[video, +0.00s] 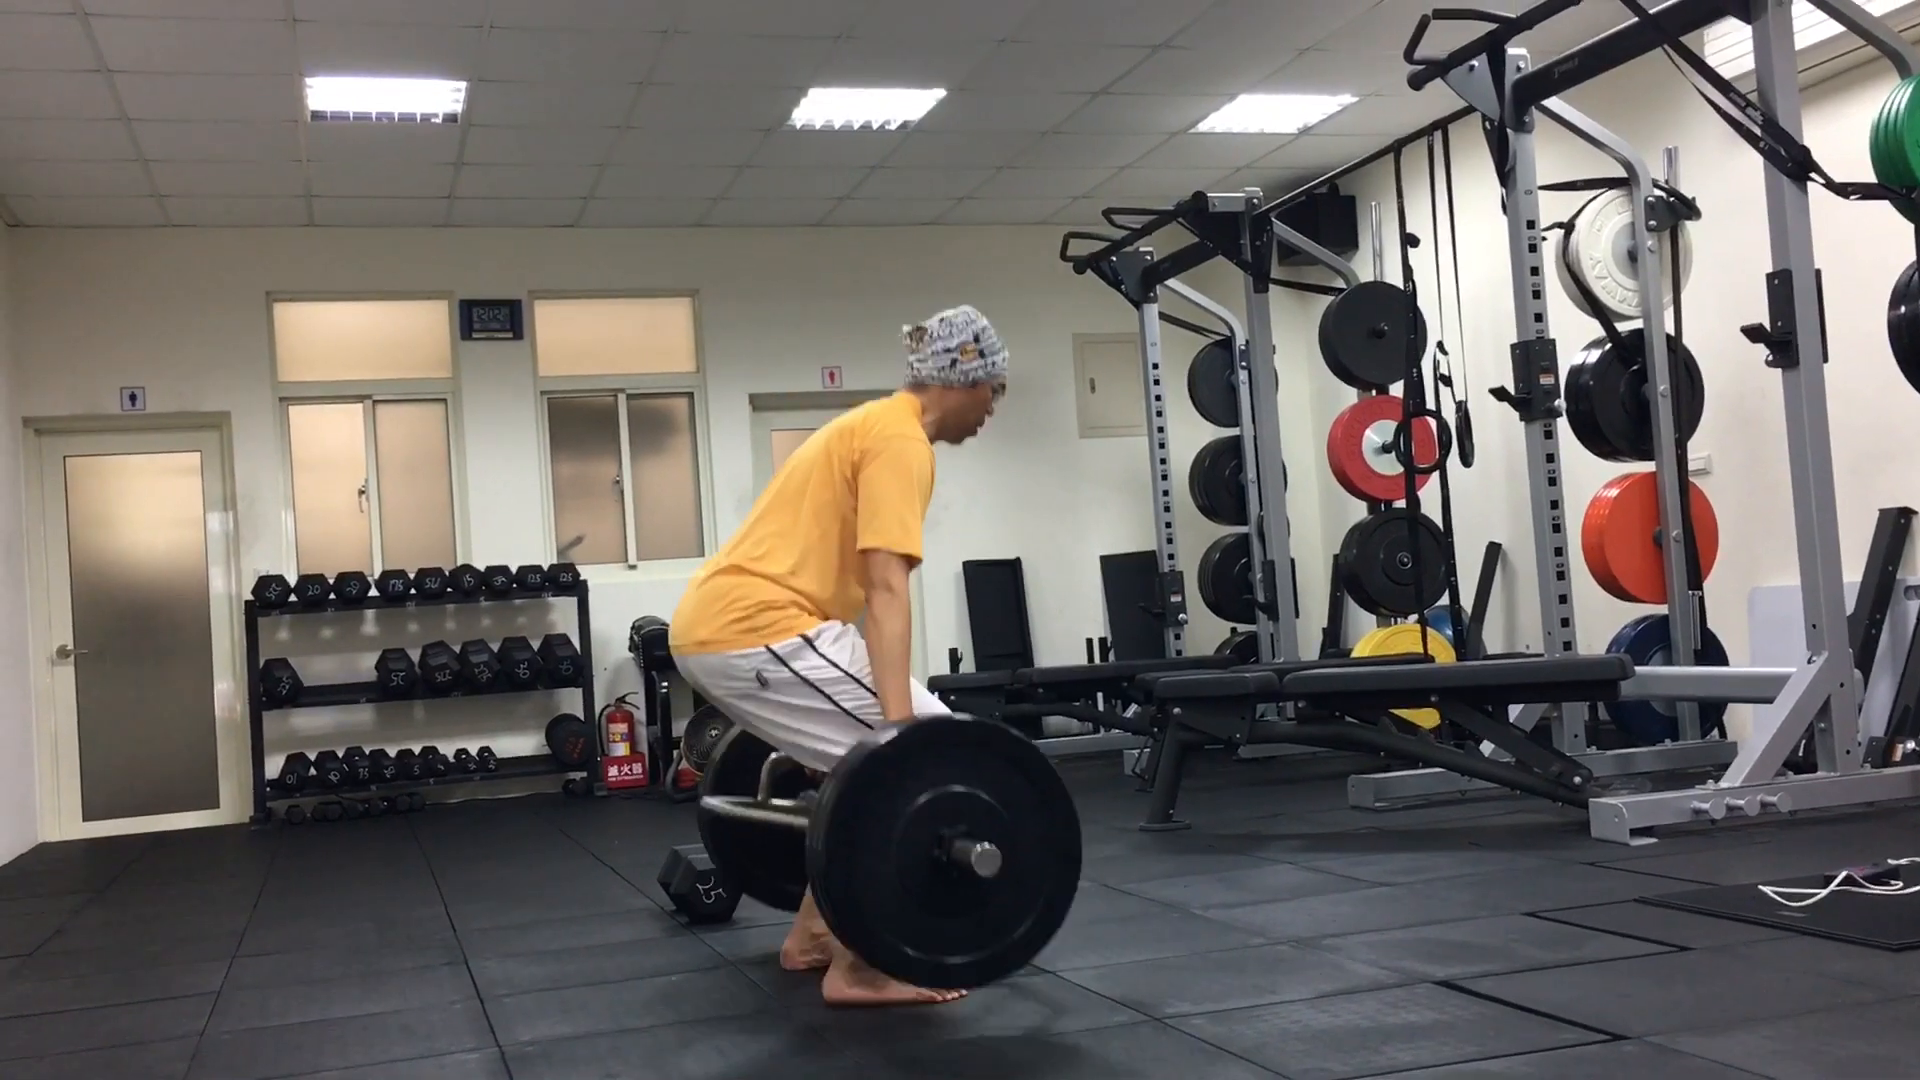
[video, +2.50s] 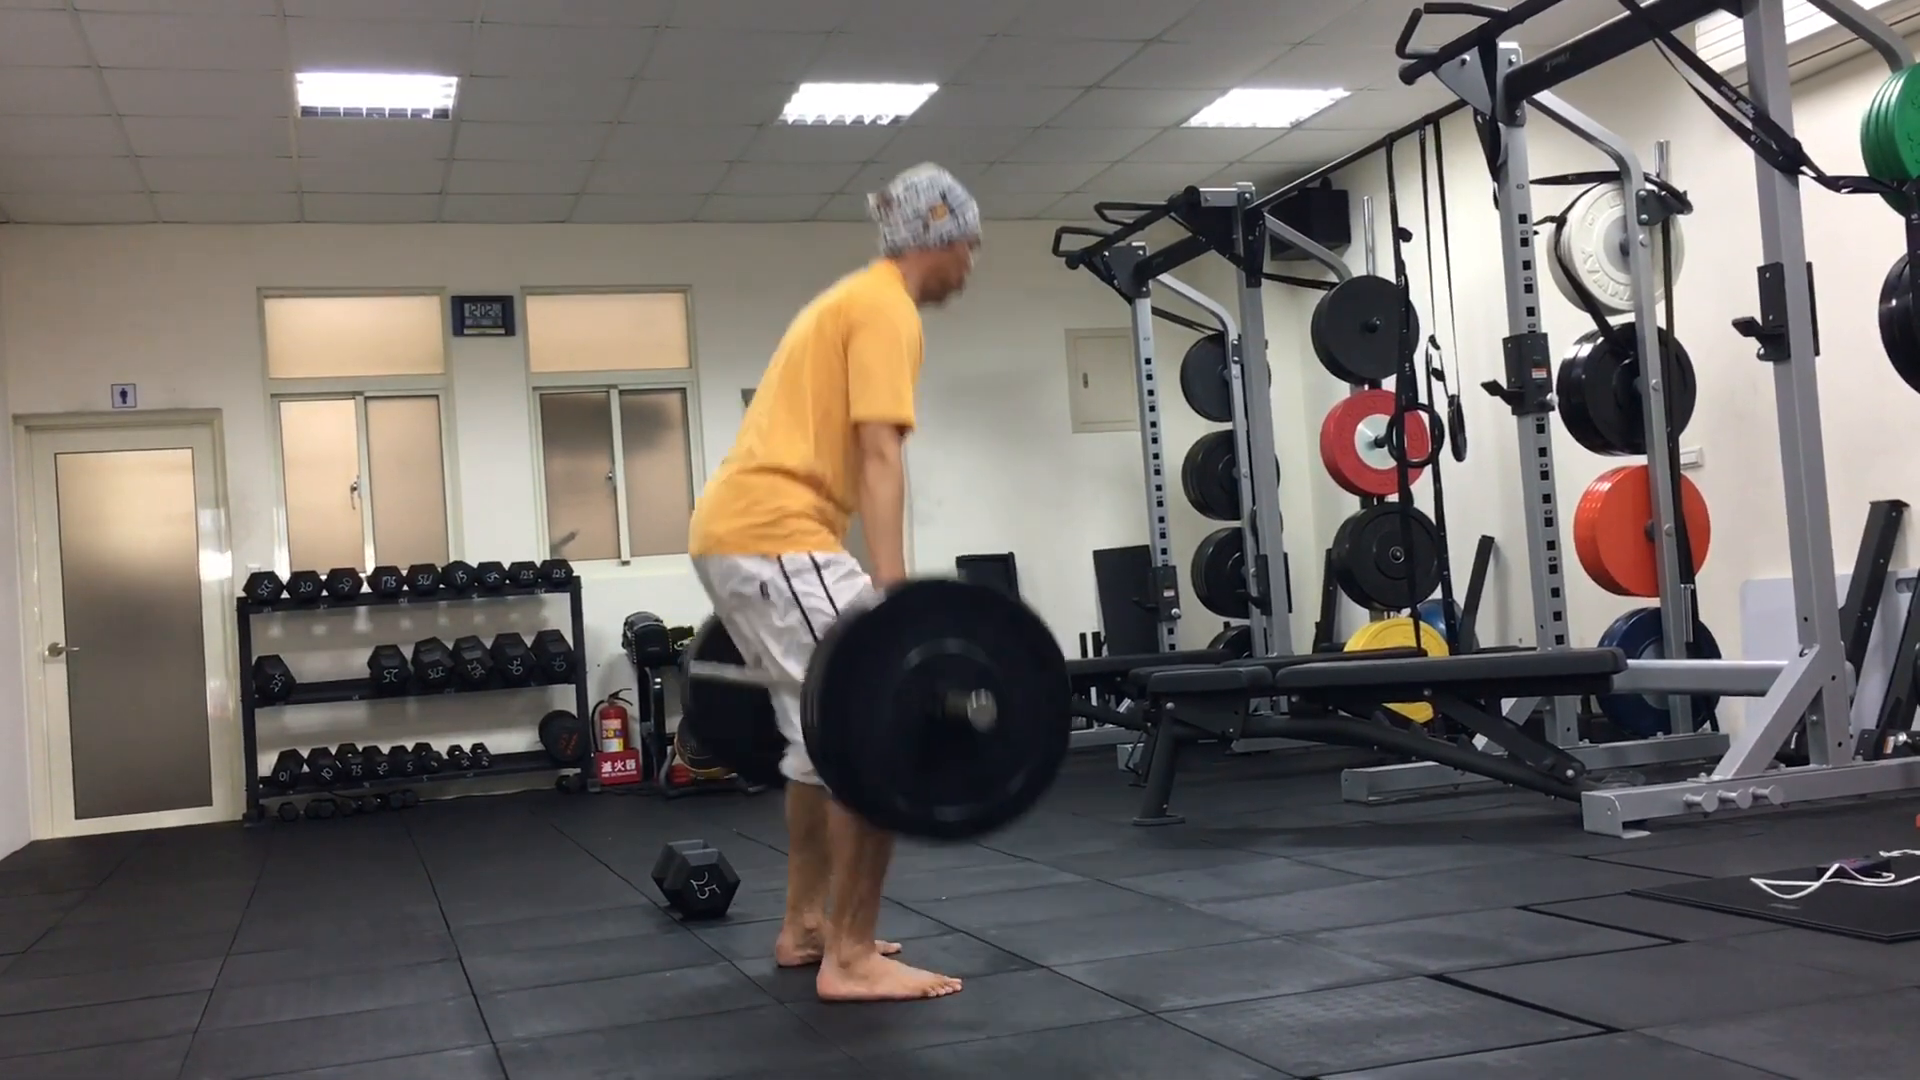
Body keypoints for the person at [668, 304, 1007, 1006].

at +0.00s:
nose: (991, 412)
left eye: (995, 396)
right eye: (991, 393)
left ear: (931, 379)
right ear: (958, 382)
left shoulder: (868, 427)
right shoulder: (898, 437)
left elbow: (860, 584)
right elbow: (885, 588)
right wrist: (898, 726)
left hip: (715, 623)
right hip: (754, 625)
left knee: (882, 744)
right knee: (918, 742)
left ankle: (813, 931)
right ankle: (862, 964)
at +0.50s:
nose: (937, 220)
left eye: (940, 204)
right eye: (935, 202)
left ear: (869, 187)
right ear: (904, 190)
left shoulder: (818, 256)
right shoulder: (853, 254)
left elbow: (794, 401)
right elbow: (844, 391)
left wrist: (836, 531)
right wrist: (873, 536)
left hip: (758, 526)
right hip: (800, 528)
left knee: (781, 741)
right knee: (829, 742)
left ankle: (804, 936)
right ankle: (851, 964)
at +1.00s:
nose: (936, 235)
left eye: (939, 219)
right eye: (935, 217)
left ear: (870, 201)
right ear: (904, 204)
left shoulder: (814, 269)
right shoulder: (848, 270)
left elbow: (806, 426)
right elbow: (849, 414)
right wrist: (872, 557)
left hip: (744, 536)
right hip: (792, 536)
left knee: (796, 742)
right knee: (851, 738)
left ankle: (803, 934)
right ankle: (849, 963)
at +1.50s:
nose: (978, 404)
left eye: (983, 389)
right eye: (978, 386)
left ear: (920, 370)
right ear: (945, 373)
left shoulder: (858, 419)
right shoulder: (883, 429)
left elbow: (868, 581)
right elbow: (880, 582)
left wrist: (891, 705)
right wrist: (900, 720)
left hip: (711, 618)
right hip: (740, 620)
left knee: (876, 739)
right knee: (890, 745)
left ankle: (808, 931)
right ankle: (856, 964)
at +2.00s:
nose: (997, 436)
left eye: (1001, 421)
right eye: (997, 418)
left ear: (936, 404)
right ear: (961, 407)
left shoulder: (873, 452)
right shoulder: (903, 464)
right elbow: (896, 618)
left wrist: (853, 753)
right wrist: (912, 754)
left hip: (718, 645)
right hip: (759, 647)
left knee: (885, 754)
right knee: (947, 749)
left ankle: (808, 931)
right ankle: (856, 961)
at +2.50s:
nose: (970, 269)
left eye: (972, 252)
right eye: (969, 250)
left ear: (906, 235)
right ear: (941, 240)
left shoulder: (846, 301)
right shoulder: (882, 306)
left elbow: (837, 457)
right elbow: (878, 455)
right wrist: (896, 598)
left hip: (735, 532)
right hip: (779, 533)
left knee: (818, 724)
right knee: (873, 718)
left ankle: (806, 922)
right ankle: (852, 954)